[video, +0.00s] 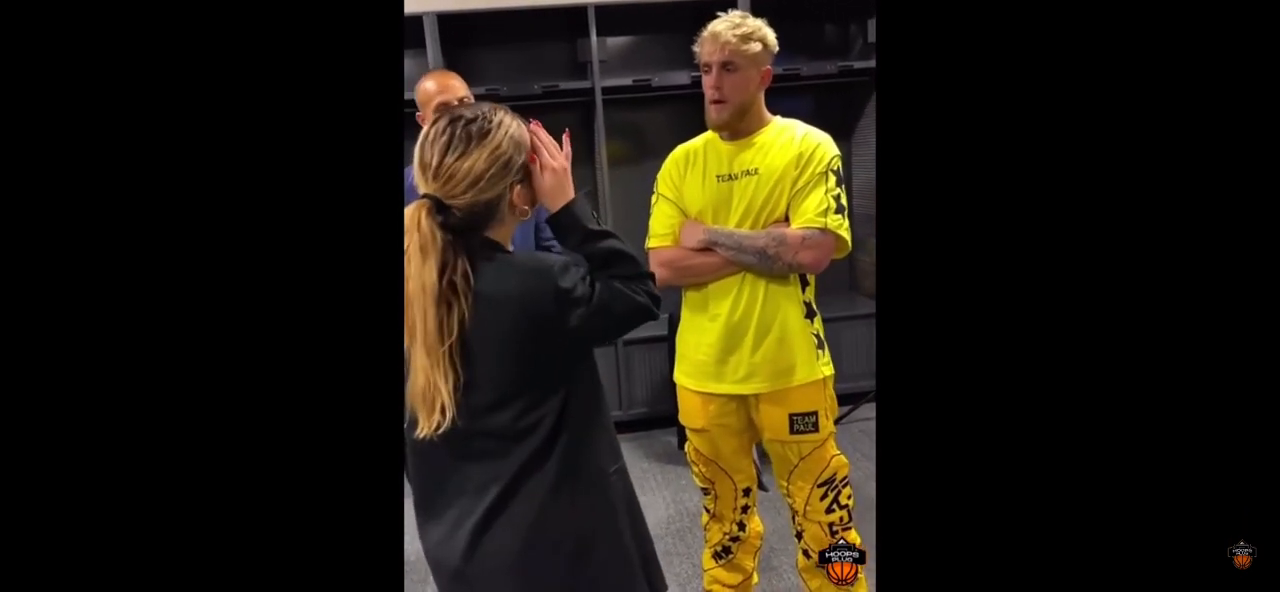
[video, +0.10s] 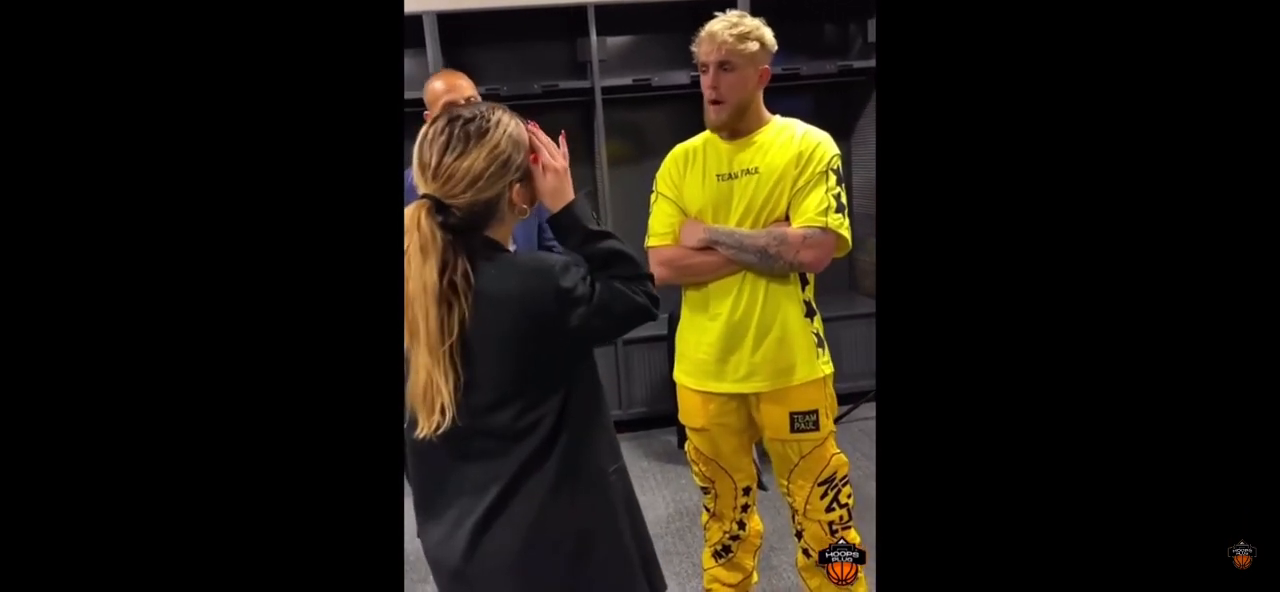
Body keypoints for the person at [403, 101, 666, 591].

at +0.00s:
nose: (539, 176)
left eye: (532, 164)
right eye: (531, 170)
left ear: (433, 188)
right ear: (517, 198)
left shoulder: (413, 282)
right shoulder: (541, 283)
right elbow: (635, 293)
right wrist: (566, 208)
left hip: (454, 537)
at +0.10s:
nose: (537, 172)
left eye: (531, 161)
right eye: (530, 166)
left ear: (433, 188)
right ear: (517, 195)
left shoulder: (413, 281)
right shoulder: (541, 283)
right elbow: (634, 294)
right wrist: (567, 209)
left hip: (453, 536)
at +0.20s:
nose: (533, 175)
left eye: (527, 162)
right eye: (527, 167)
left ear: (431, 187)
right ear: (514, 193)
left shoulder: (413, 282)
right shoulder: (541, 282)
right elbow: (634, 295)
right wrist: (566, 211)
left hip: (453, 535)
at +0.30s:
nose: (533, 173)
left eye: (528, 161)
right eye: (527, 166)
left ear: (431, 187)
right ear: (514, 192)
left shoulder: (413, 279)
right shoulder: (541, 282)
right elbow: (632, 295)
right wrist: (567, 210)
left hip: (452, 533)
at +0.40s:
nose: (532, 173)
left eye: (526, 160)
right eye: (526, 165)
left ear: (431, 186)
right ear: (514, 191)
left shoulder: (414, 281)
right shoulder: (541, 282)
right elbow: (632, 295)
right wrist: (567, 211)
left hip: (452, 532)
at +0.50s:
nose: (532, 174)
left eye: (526, 161)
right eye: (526, 166)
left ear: (430, 184)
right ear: (514, 191)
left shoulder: (413, 279)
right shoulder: (539, 282)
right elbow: (632, 295)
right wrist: (567, 211)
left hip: (452, 533)